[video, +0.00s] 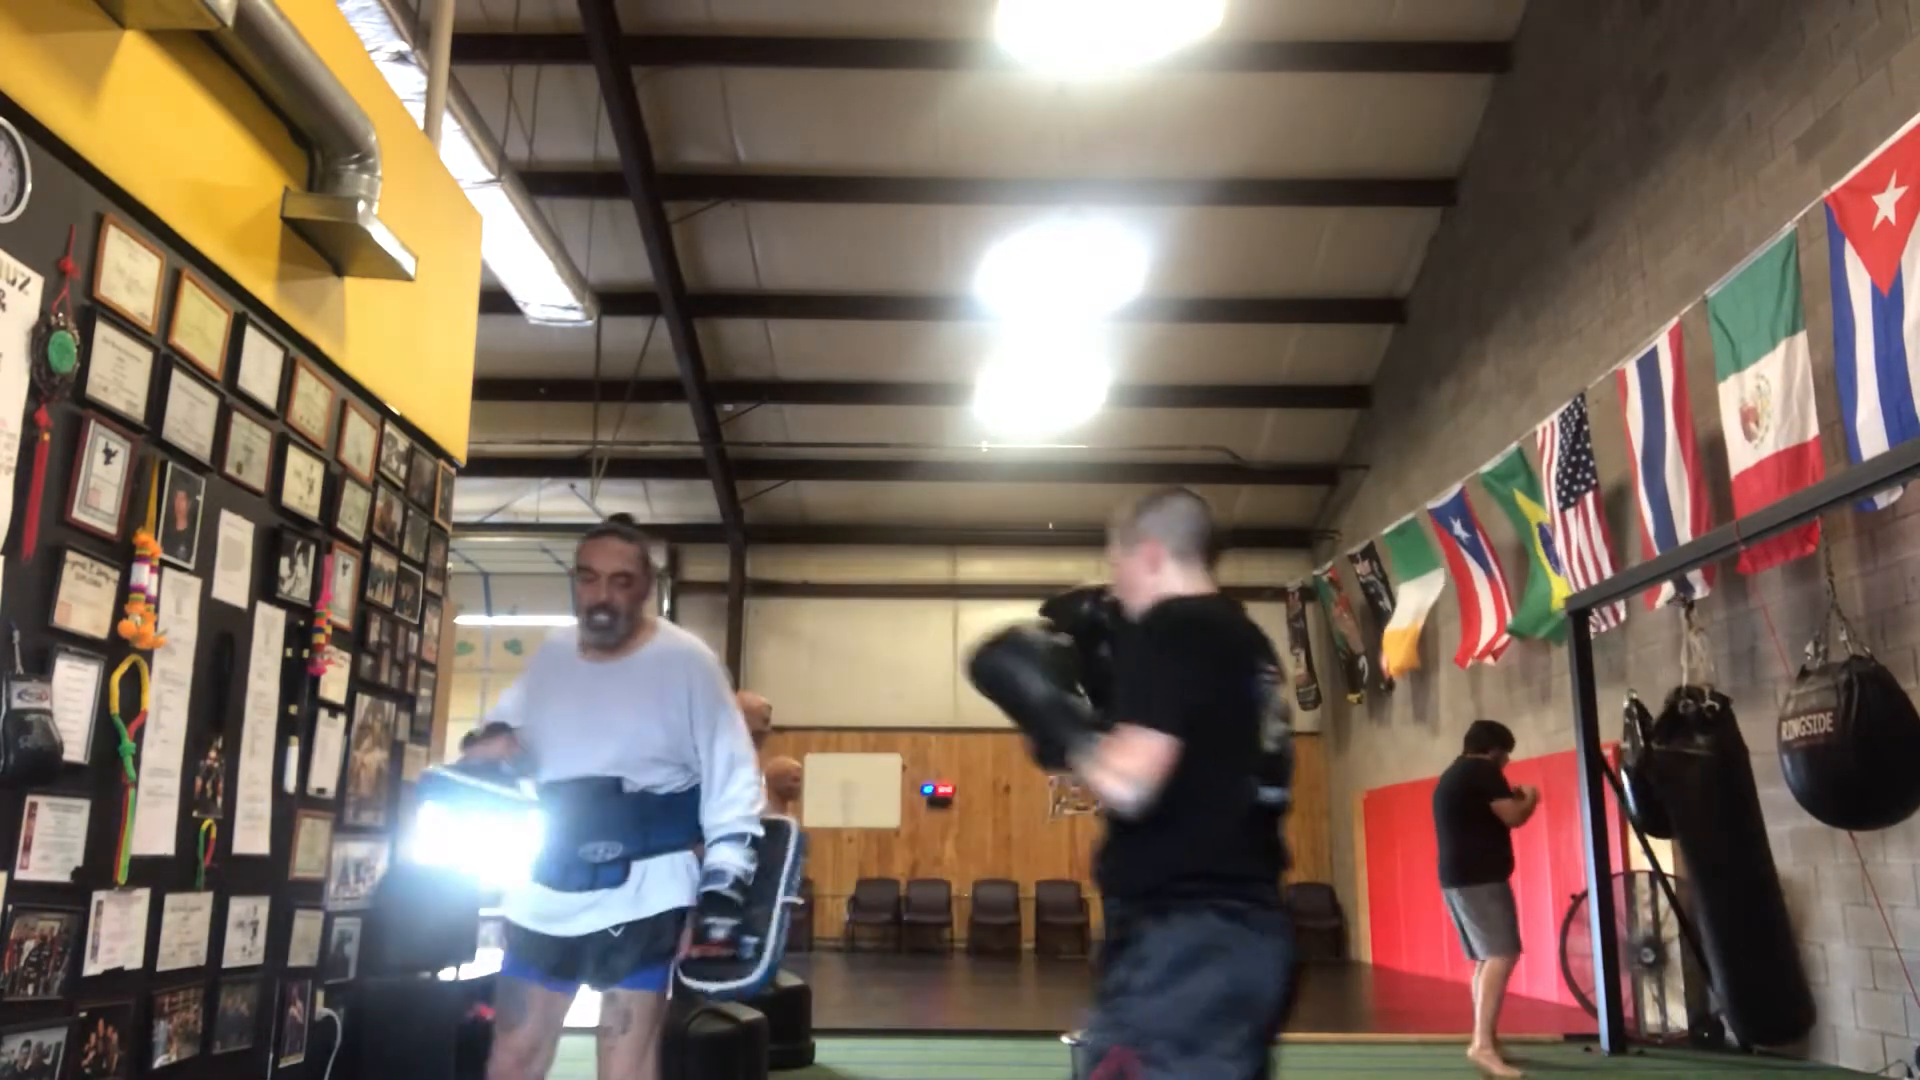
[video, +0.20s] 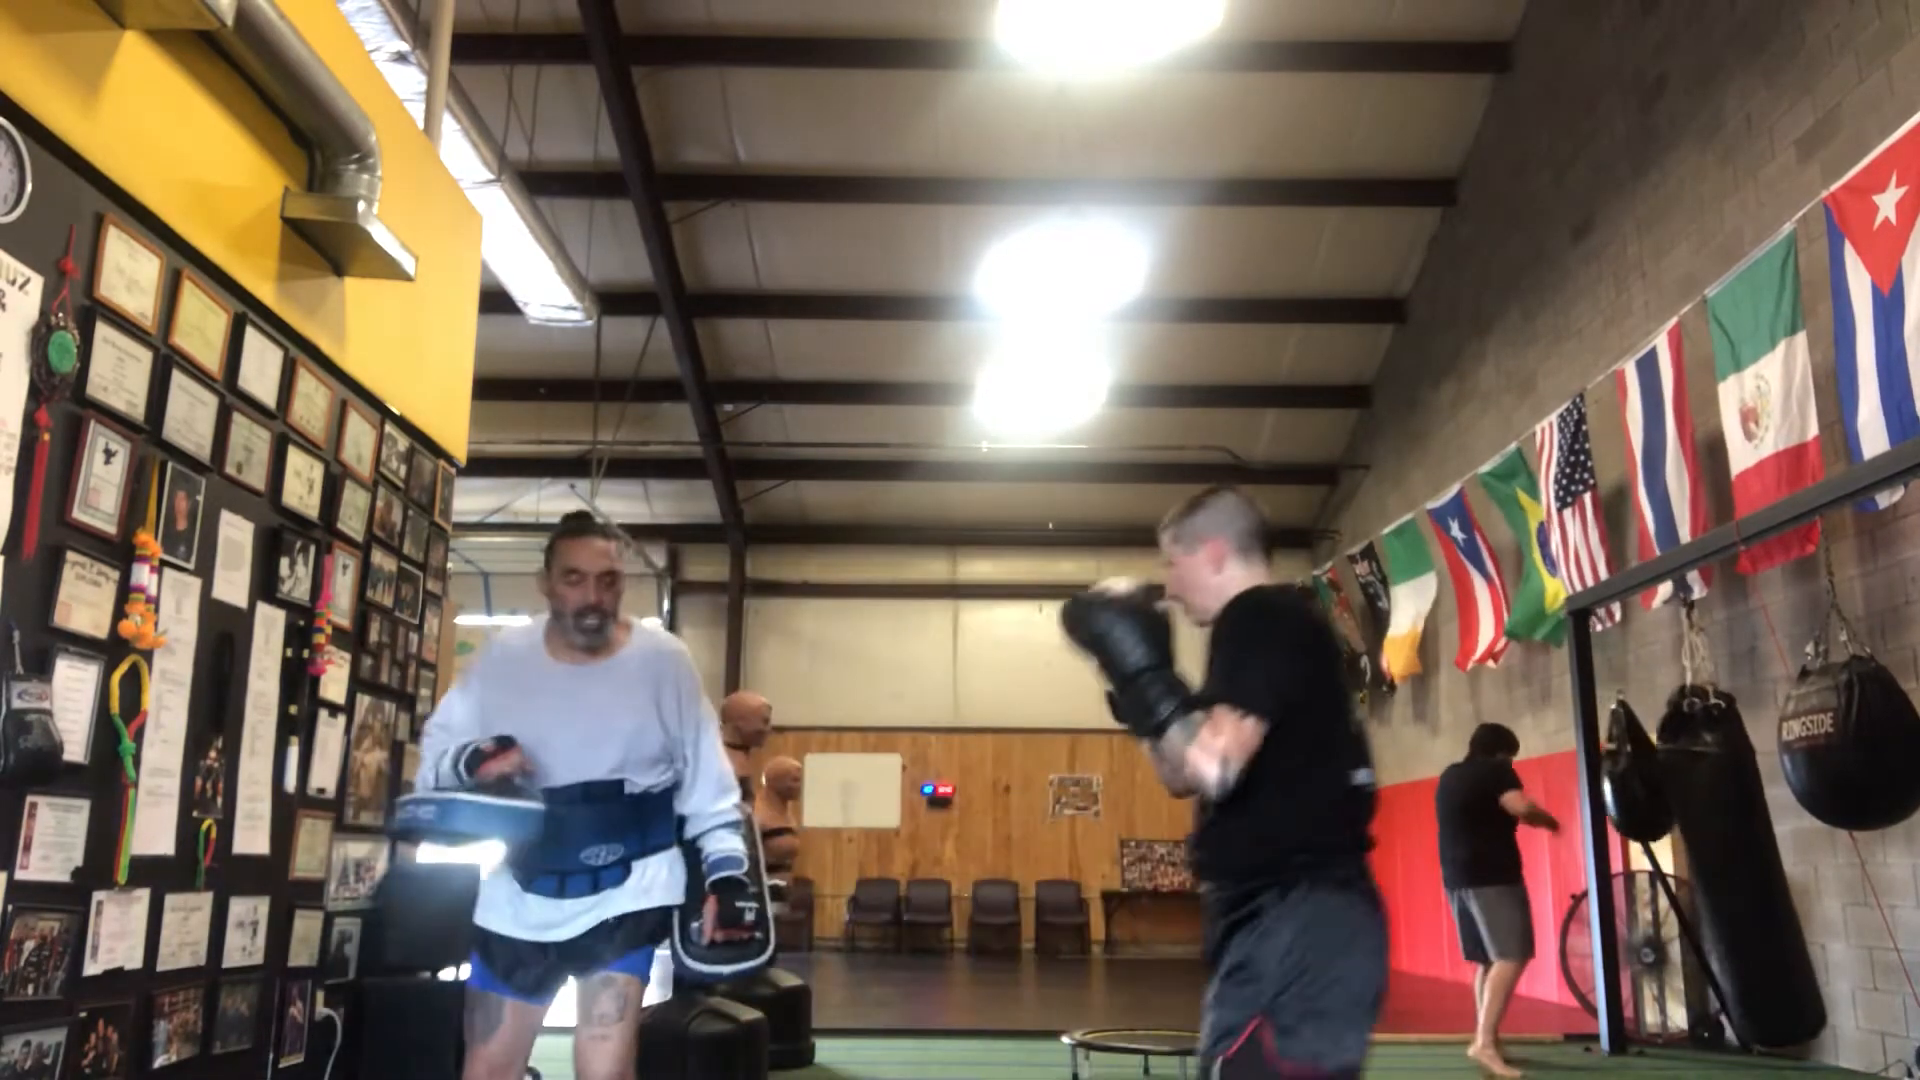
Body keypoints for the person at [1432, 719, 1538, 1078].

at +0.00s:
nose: (1504, 763)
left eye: (1505, 757)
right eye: (1503, 756)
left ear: (1471, 747)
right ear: (1490, 751)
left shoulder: (1453, 775)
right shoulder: (1480, 772)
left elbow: (1491, 815)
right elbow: (1513, 816)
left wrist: (1516, 798)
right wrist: (1530, 799)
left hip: (1458, 880)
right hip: (1480, 879)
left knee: (1484, 960)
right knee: (1502, 953)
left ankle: (1483, 1042)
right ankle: (1482, 1045)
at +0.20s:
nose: (1510, 762)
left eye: (1511, 757)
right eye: (1510, 757)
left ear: (1475, 748)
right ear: (1501, 752)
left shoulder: (1450, 775)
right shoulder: (1495, 768)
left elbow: (1468, 821)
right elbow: (1520, 807)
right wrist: (1547, 820)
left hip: (1459, 879)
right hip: (1491, 877)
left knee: (1486, 961)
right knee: (1511, 956)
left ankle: (1486, 1041)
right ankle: (1484, 1043)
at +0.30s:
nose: (1514, 764)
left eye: (1515, 761)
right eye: (1513, 759)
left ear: (1475, 752)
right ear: (1507, 755)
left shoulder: (1447, 776)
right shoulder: (1507, 772)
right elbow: (1546, 801)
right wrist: (1588, 825)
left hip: (1457, 878)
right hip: (1496, 875)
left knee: (1486, 960)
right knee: (1512, 955)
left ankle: (1485, 1044)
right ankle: (1482, 1045)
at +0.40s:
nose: (1515, 765)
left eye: (1514, 761)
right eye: (1514, 760)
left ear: (1477, 754)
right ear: (1510, 757)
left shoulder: (1449, 777)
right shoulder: (1512, 775)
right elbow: (1559, 808)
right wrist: (1602, 814)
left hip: (1460, 880)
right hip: (1495, 878)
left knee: (1499, 960)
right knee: (1507, 960)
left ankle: (1490, 1040)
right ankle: (1479, 1049)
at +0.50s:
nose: (1519, 764)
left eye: (1518, 759)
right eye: (1518, 759)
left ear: (1482, 752)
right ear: (1512, 756)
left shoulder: (1463, 778)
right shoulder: (1507, 776)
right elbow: (1550, 811)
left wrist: (1570, 815)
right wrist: (1584, 814)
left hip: (1462, 882)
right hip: (1492, 882)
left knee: (1508, 961)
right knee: (1513, 959)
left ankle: (1482, 1043)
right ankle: (1481, 1048)